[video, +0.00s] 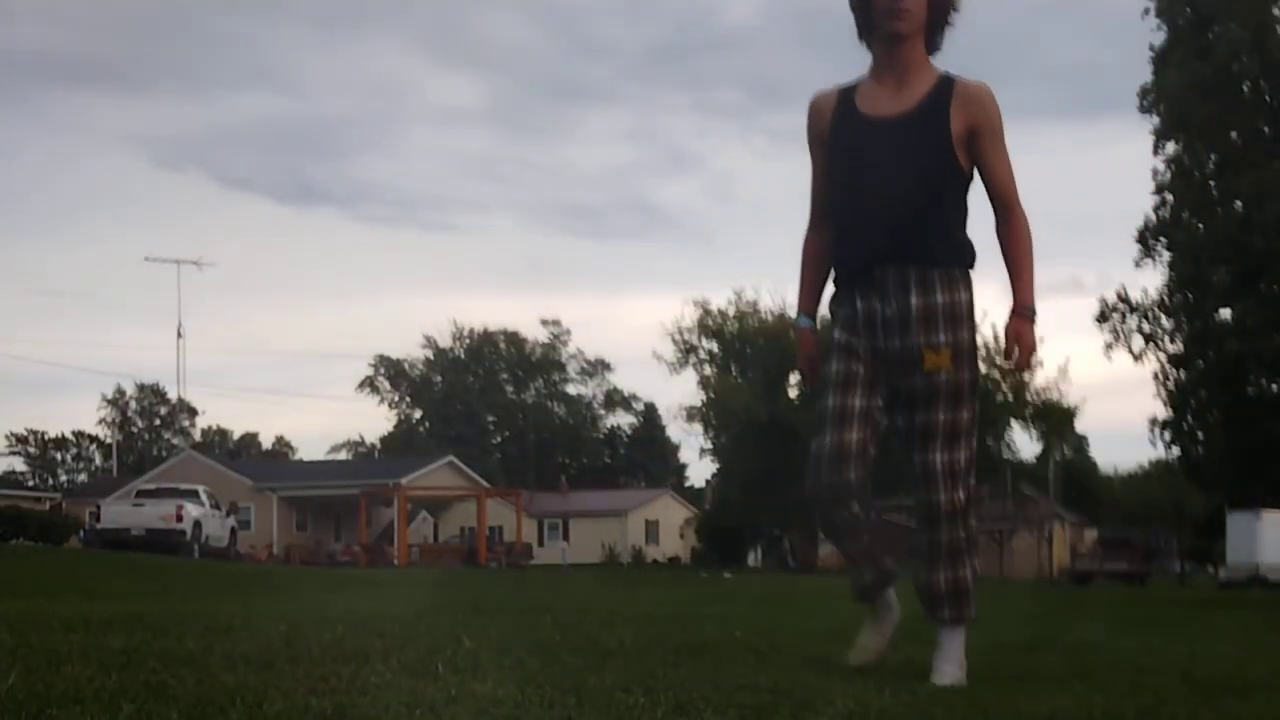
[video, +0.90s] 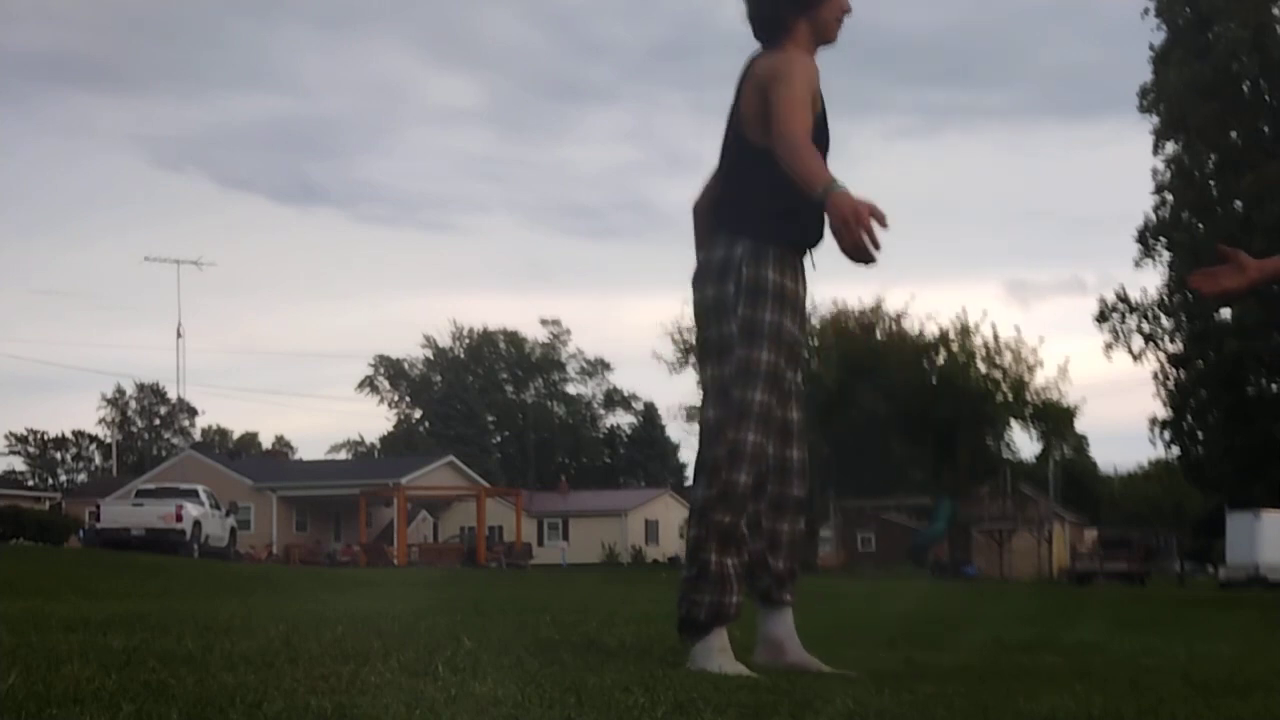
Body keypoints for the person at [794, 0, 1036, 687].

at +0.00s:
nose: (897, 2)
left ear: (934, 9)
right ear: (861, 11)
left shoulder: (968, 100)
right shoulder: (829, 108)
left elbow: (1009, 211)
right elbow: (821, 222)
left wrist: (1024, 310)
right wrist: (806, 317)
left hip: (939, 301)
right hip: (856, 306)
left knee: (942, 478)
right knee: (834, 478)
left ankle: (951, 631)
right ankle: (880, 596)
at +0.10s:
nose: (870, 2)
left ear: (903, 8)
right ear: (832, 11)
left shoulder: (945, 91)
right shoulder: (800, 103)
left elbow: (986, 199)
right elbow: (793, 217)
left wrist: (1010, 286)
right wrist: (779, 316)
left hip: (917, 298)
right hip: (830, 303)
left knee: (934, 477)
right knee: (802, 470)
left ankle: (948, 636)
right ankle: (779, 623)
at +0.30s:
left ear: (833, 4)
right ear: (768, 8)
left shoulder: (883, 84)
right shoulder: (738, 102)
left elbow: (914, 192)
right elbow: (710, 222)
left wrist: (957, 258)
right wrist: (703, 332)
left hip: (859, 298)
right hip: (774, 300)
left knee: (899, 470)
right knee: (769, 464)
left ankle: (937, 643)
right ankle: (716, 644)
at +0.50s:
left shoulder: (833, 66)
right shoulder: (723, 71)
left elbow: (827, 180)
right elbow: (667, 185)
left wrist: (875, 271)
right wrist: (642, 301)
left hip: (818, 276)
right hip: (747, 277)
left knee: (848, 454)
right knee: (741, 459)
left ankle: (863, 633)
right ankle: (714, 643)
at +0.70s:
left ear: (781, 3)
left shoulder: (804, 75)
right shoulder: (744, 58)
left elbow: (775, 171)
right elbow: (704, 151)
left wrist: (784, 261)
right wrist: (685, 239)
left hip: (786, 272)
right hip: (735, 266)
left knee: (809, 454)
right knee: (725, 452)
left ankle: (796, 629)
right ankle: (708, 640)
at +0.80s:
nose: (830, 3)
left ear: (788, 8)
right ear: (796, 3)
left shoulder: (786, 72)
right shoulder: (762, 59)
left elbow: (761, 161)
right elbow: (738, 143)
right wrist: (753, 212)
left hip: (781, 272)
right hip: (741, 263)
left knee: (791, 455)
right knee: (724, 447)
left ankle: (775, 633)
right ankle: (706, 640)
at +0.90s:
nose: (846, 9)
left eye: (842, 2)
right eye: (839, 1)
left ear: (784, 13)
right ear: (812, 8)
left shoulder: (762, 78)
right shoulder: (790, 62)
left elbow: (707, 203)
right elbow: (788, 144)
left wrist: (716, 283)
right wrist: (835, 197)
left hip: (759, 267)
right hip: (752, 262)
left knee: (781, 446)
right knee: (737, 443)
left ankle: (776, 634)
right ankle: (705, 640)